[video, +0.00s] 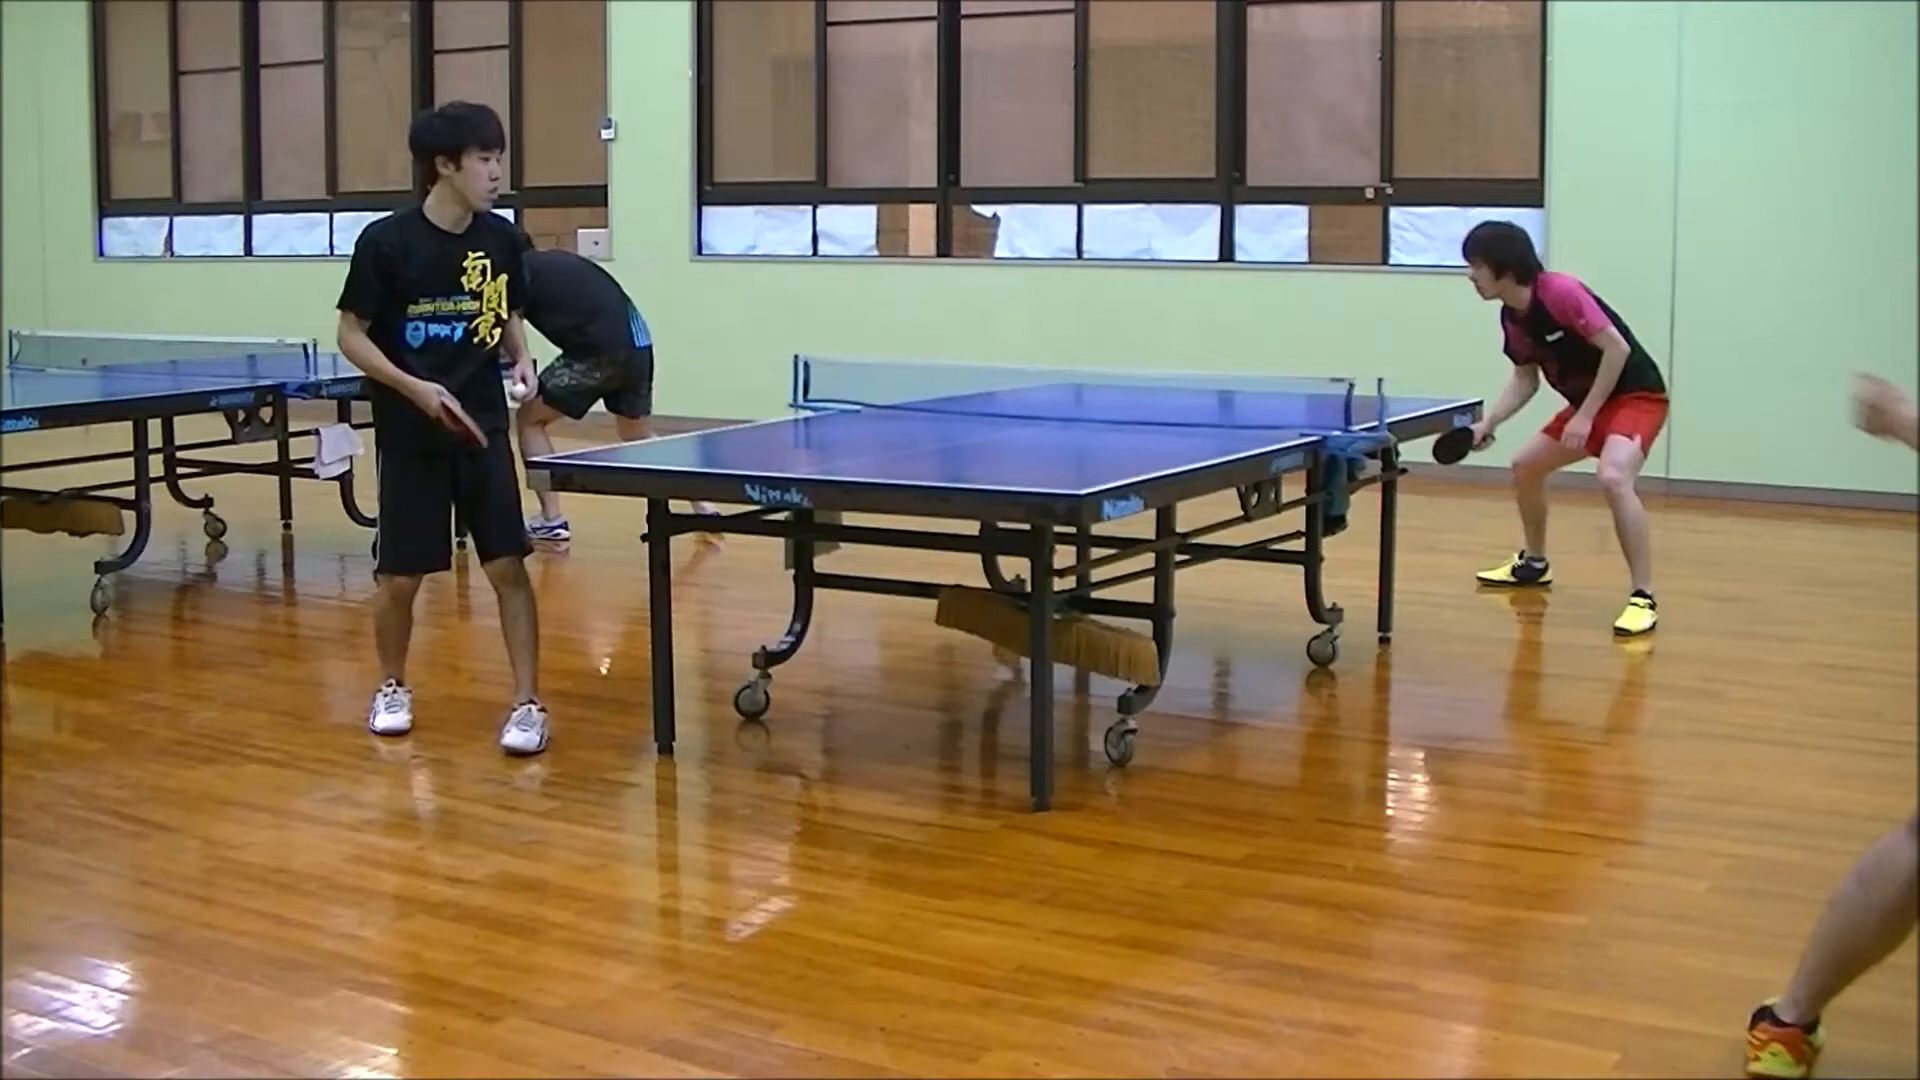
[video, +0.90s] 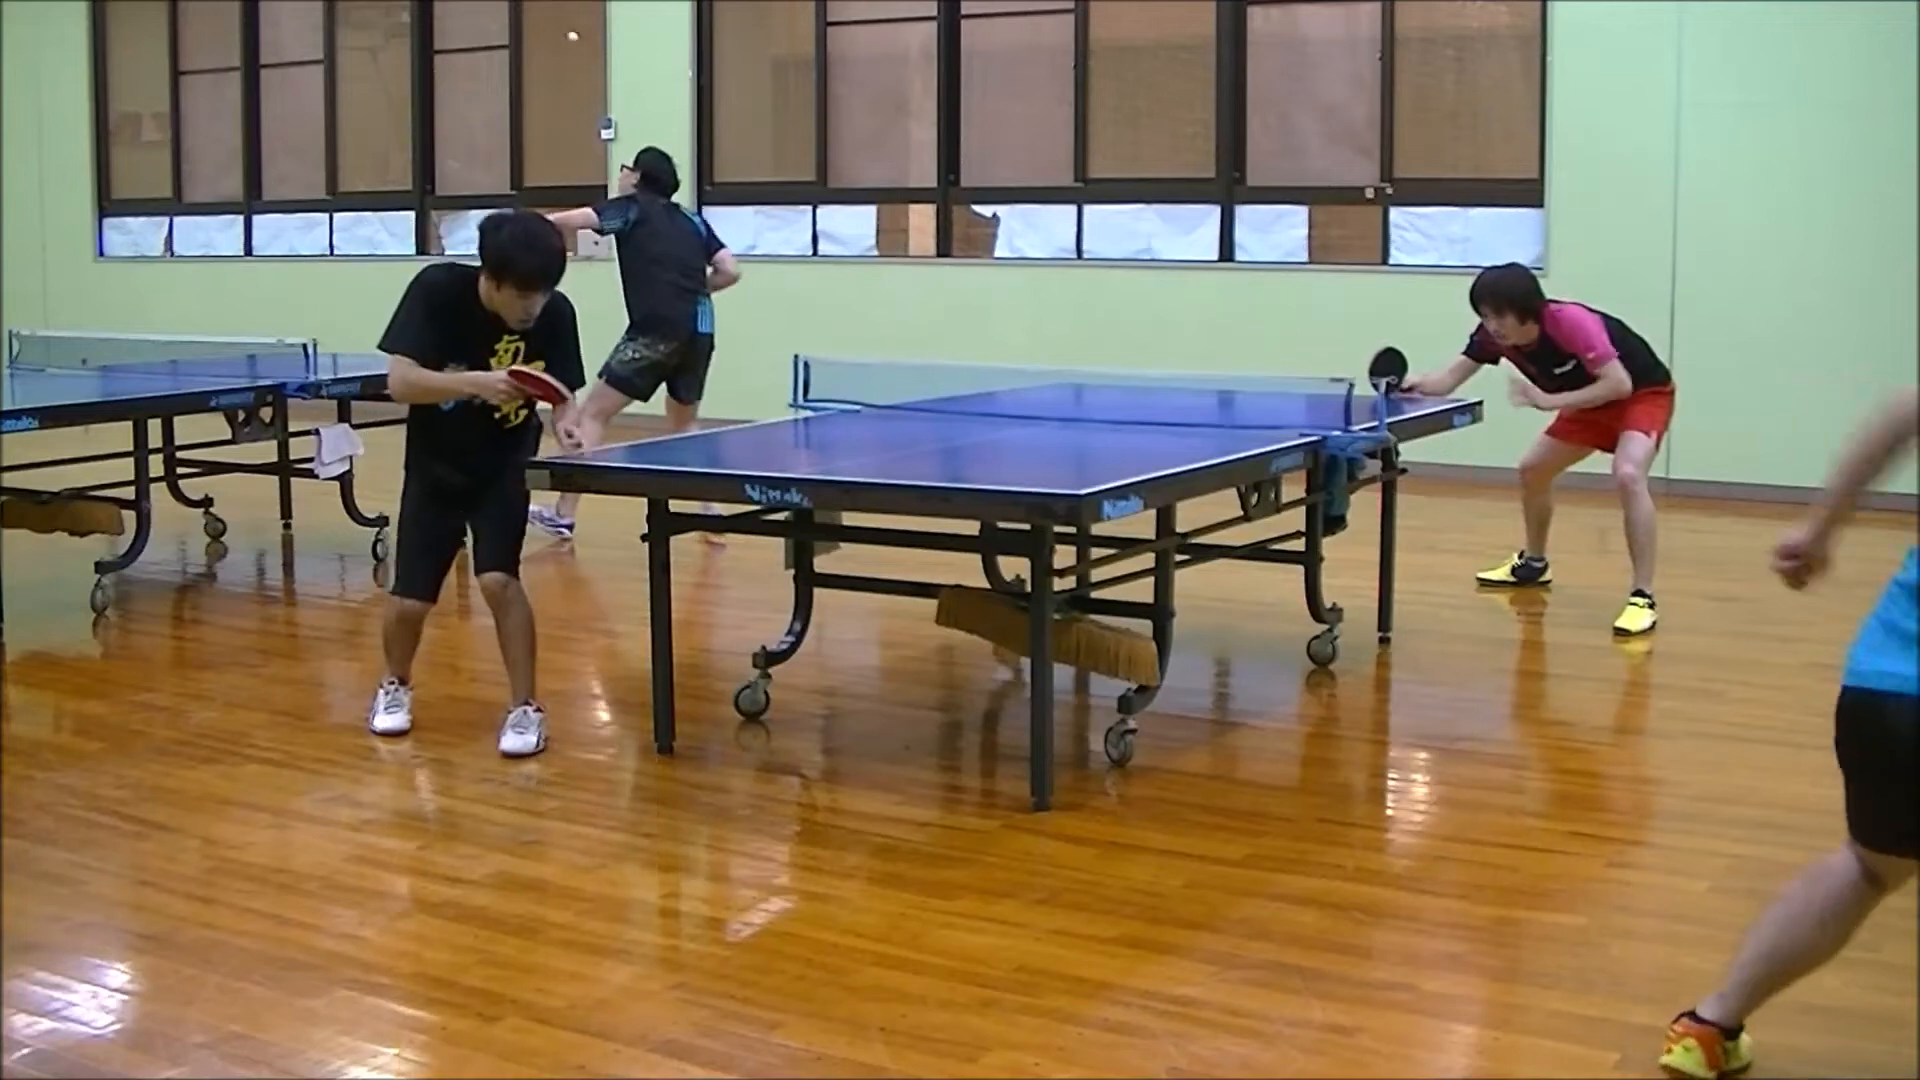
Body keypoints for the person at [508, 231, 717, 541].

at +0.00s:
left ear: (505, 251)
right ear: (527, 242)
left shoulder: (517, 271)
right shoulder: (560, 258)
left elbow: (507, 342)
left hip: (596, 354)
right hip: (639, 349)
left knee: (530, 420)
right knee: (638, 435)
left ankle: (551, 520)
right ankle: (703, 507)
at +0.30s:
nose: (525, 244)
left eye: (527, 237)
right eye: (526, 237)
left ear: (541, 238)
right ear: (571, 233)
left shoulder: (552, 258)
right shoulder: (601, 251)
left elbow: (519, 307)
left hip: (613, 356)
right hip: (655, 354)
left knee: (536, 419)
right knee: (643, 440)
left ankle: (551, 519)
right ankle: (705, 507)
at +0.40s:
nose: (539, 232)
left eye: (545, 224)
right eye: (540, 224)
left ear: (561, 225)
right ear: (588, 224)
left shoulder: (566, 246)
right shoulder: (617, 245)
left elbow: (520, 285)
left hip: (619, 354)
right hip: (662, 354)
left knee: (541, 418)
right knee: (648, 439)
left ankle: (551, 519)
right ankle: (705, 507)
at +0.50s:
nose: (562, 211)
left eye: (566, 206)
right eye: (564, 205)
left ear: (579, 209)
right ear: (607, 211)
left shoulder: (585, 231)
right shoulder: (635, 240)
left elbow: (529, 234)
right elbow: (622, 274)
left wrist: (503, 218)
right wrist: (583, 277)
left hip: (625, 352)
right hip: (668, 355)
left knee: (548, 417)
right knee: (655, 437)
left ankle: (552, 519)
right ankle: (706, 508)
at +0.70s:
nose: (594, 188)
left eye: (600, 182)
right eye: (597, 181)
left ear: (616, 188)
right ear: (642, 194)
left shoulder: (617, 212)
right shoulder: (663, 230)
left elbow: (550, 208)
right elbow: (647, 271)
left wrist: (509, 181)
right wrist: (602, 266)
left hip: (640, 341)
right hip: (682, 346)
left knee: (569, 417)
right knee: (665, 434)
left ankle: (553, 519)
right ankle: (708, 509)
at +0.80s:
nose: (610, 181)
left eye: (614, 175)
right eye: (612, 174)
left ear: (629, 182)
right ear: (657, 189)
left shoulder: (624, 210)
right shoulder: (678, 226)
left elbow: (554, 211)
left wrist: (511, 202)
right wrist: (659, 273)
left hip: (649, 334)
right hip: (692, 340)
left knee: (582, 417)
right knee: (676, 431)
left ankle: (558, 517)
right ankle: (709, 513)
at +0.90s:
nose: (621, 176)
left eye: (626, 171)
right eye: (624, 170)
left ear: (639, 179)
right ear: (667, 185)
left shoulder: (631, 207)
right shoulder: (691, 219)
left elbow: (565, 220)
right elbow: (730, 272)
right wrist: (692, 285)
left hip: (656, 327)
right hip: (700, 332)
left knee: (592, 416)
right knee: (683, 425)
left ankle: (562, 515)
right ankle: (711, 512)